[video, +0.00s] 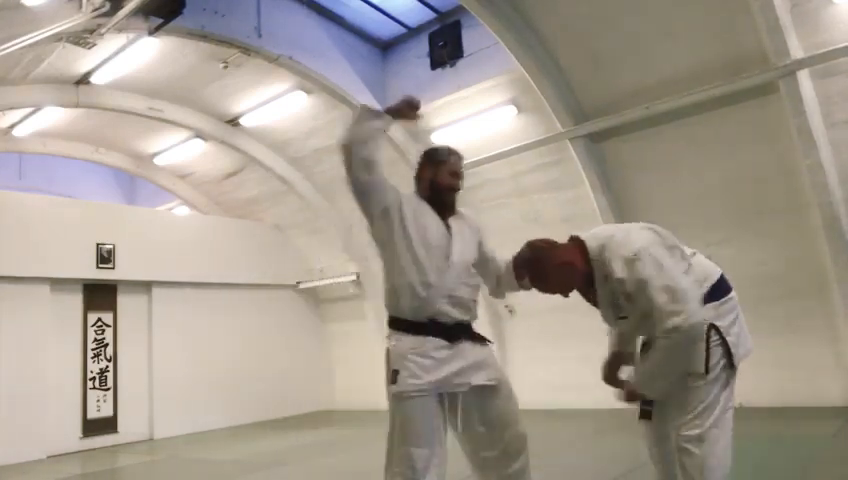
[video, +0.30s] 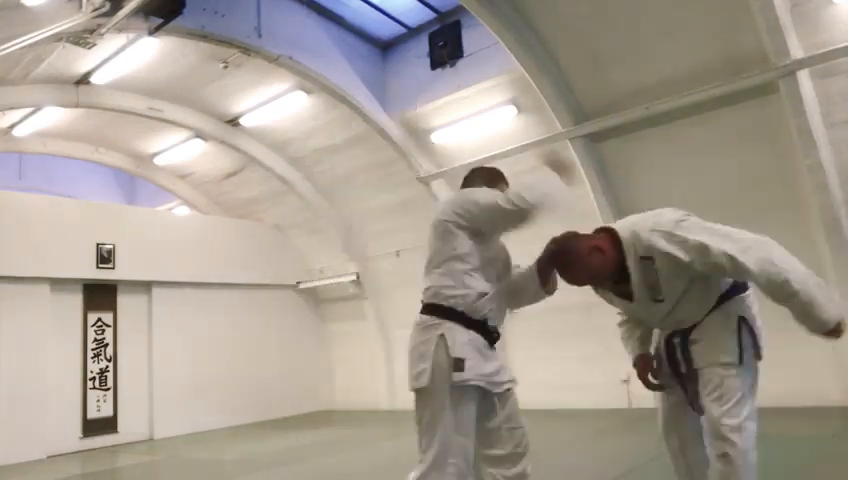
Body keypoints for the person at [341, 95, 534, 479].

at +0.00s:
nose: (459, 179)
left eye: (461, 174)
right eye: (451, 171)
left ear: (461, 182)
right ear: (423, 174)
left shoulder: (467, 229)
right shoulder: (395, 211)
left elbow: (498, 280)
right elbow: (357, 154)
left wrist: (526, 262)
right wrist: (386, 114)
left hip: (467, 348)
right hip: (413, 348)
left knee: (505, 448)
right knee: (416, 464)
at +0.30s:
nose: (504, 199)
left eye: (505, 193)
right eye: (499, 191)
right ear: (480, 187)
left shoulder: (495, 249)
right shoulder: (456, 208)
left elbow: (507, 293)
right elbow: (514, 207)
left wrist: (547, 267)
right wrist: (556, 176)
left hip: (484, 346)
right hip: (447, 336)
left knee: (507, 450)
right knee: (448, 458)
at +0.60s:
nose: (507, 193)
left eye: (511, 187)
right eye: (502, 184)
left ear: (509, 193)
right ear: (483, 183)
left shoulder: (503, 244)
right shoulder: (450, 215)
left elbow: (529, 279)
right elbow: (466, 187)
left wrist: (572, 262)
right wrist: (497, 158)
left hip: (484, 347)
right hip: (439, 341)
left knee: (511, 450)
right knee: (438, 459)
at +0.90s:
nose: (438, 199)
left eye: (444, 194)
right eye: (431, 190)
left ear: (449, 201)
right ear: (412, 192)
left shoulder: (454, 247)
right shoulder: (389, 237)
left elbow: (496, 279)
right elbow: (386, 181)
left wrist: (546, 287)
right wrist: (419, 157)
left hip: (448, 365)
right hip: (396, 364)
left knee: (500, 454)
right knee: (401, 465)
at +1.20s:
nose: (383, 194)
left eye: (387, 189)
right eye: (376, 187)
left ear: (390, 194)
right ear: (355, 189)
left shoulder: (392, 240)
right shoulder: (329, 234)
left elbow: (396, 302)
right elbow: (290, 297)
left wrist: (417, 347)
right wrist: (337, 322)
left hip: (401, 365)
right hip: (352, 369)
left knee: (418, 458)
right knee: (360, 469)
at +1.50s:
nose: (342, 222)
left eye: (343, 216)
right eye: (335, 215)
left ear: (343, 221)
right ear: (310, 219)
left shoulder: (344, 266)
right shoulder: (284, 260)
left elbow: (382, 295)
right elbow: (258, 320)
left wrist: (432, 312)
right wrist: (274, 374)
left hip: (337, 372)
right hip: (300, 373)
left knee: (340, 463)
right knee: (325, 464)